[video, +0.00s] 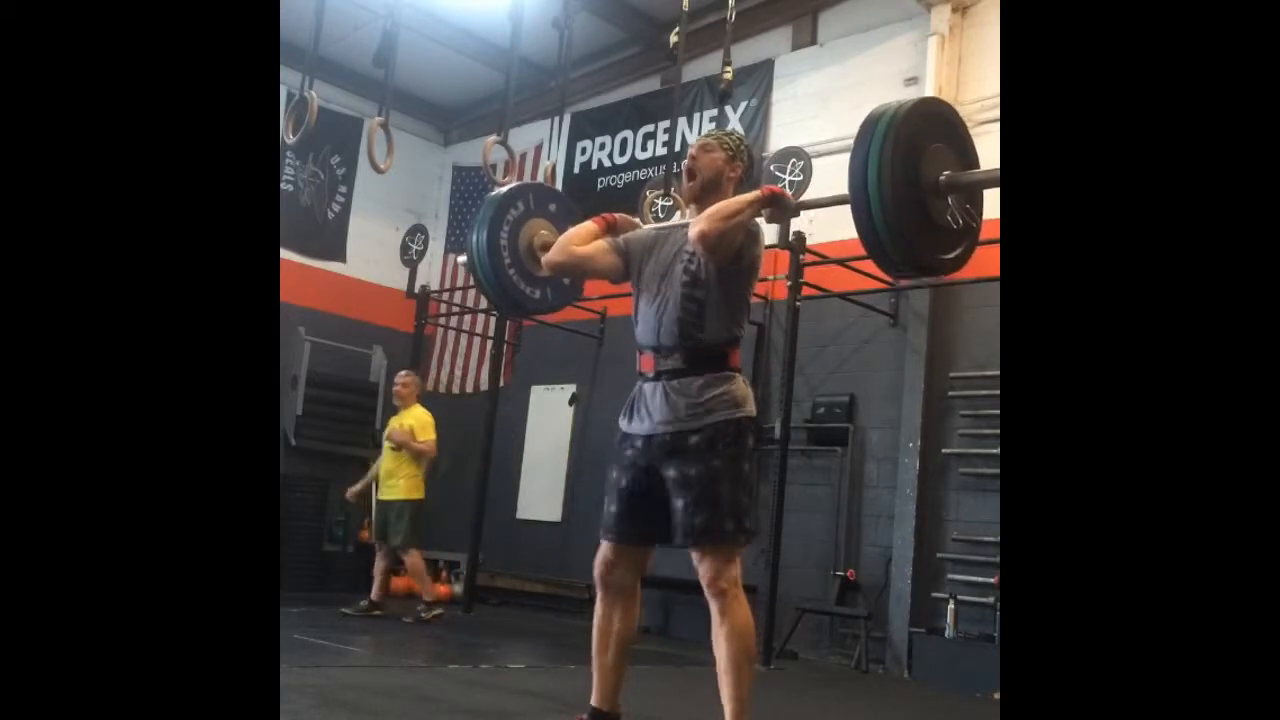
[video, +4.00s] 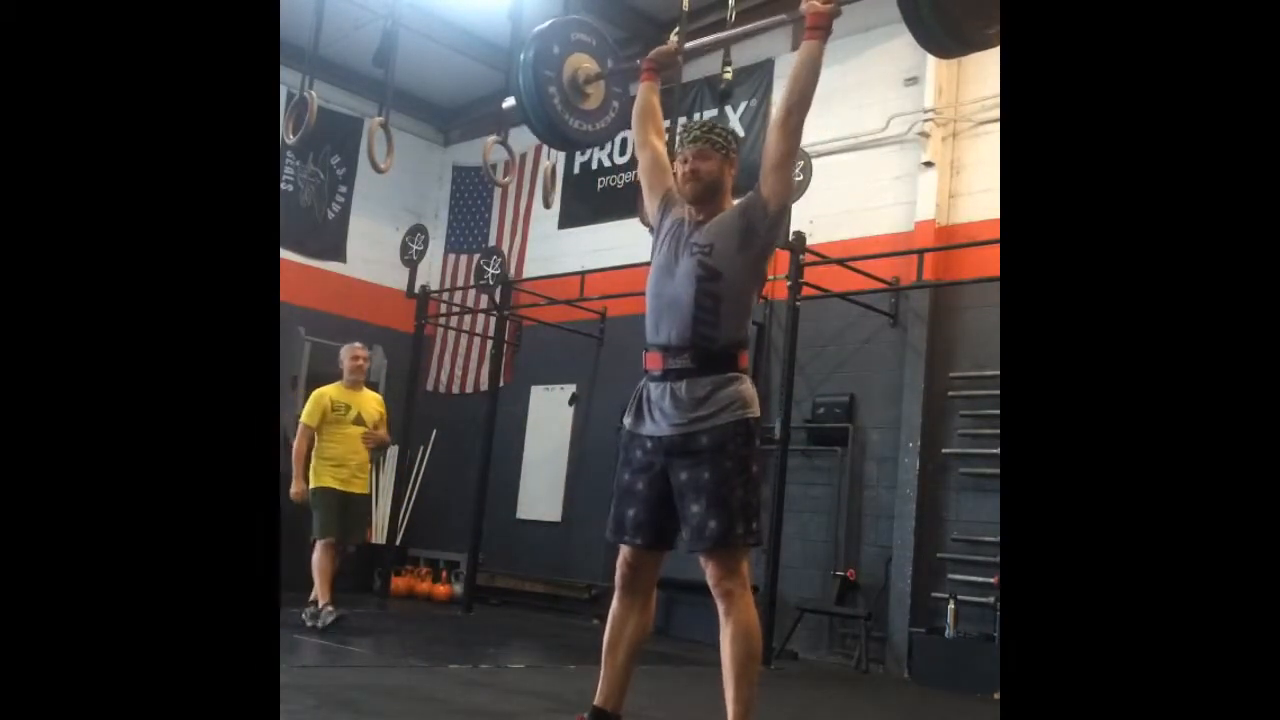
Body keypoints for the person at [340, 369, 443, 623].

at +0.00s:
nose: (397, 389)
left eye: (403, 386)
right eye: (395, 385)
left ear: (415, 390)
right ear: (393, 389)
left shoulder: (421, 417)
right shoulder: (394, 419)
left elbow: (430, 450)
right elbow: (385, 458)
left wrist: (404, 441)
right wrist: (360, 485)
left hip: (407, 493)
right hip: (385, 492)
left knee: (406, 547)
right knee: (382, 547)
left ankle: (430, 601)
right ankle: (374, 600)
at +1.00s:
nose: (377, 383)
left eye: (382, 380)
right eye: (373, 378)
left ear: (389, 385)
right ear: (365, 382)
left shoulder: (394, 415)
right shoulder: (355, 412)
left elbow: (404, 452)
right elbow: (342, 448)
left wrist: (378, 441)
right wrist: (329, 480)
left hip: (370, 486)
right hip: (347, 485)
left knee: (348, 539)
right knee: (354, 543)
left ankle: (341, 597)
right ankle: (372, 593)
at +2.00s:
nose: (333, 373)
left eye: (339, 369)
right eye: (328, 368)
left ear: (347, 375)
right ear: (320, 372)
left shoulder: (360, 406)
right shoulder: (306, 405)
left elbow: (378, 443)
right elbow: (292, 444)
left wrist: (355, 438)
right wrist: (285, 479)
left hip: (344, 490)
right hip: (307, 486)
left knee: (343, 545)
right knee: (293, 539)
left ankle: (339, 599)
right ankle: (282, 593)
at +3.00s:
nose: (314, 369)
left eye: (318, 364)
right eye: (309, 364)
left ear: (322, 368)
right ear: (296, 367)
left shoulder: (336, 399)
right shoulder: (284, 399)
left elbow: (355, 434)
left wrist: (331, 431)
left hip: (318, 485)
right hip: (285, 483)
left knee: (314, 541)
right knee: (283, 543)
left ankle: (311, 600)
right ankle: (280, 597)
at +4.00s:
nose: (360, 363)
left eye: (364, 359)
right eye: (354, 358)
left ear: (369, 365)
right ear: (341, 364)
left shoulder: (376, 401)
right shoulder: (323, 395)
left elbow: (386, 439)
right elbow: (302, 438)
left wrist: (380, 438)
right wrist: (298, 478)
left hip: (359, 485)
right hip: (326, 480)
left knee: (340, 545)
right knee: (327, 541)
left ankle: (313, 603)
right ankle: (324, 605)